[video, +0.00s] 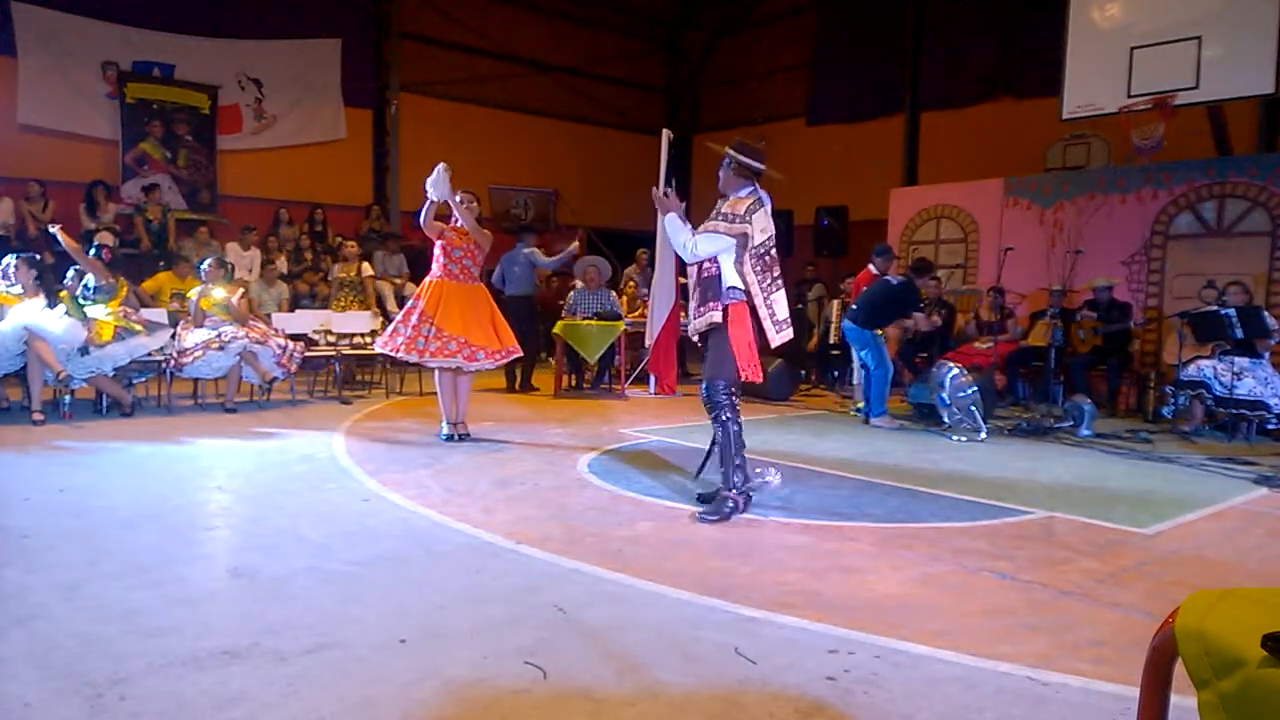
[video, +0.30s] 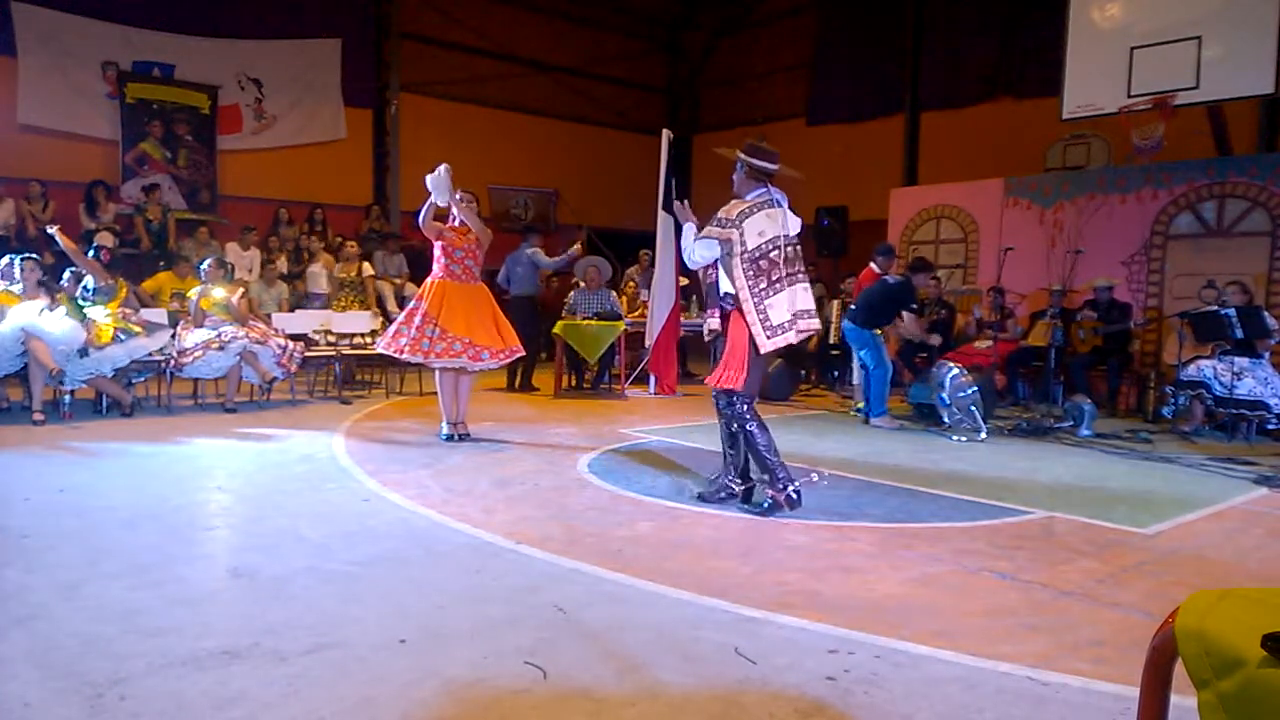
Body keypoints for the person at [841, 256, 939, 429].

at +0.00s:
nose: (929, 283)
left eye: (930, 279)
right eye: (930, 279)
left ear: (911, 271)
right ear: (924, 277)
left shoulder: (894, 280)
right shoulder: (910, 289)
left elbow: (892, 319)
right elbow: (923, 325)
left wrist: (916, 323)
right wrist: (935, 322)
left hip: (852, 323)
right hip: (864, 328)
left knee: (871, 368)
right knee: (883, 368)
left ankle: (871, 410)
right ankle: (879, 414)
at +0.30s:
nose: (928, 283)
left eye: (929, 278)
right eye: (928, 278)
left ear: (911, 271)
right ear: (920, 275)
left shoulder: (894, 281)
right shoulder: (907, 289)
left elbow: (899, 325)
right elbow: (910, 326)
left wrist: (920, 337)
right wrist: (928, 338)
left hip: (853, 323)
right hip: (863, 328)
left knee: (872, 367)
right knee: (882, 368)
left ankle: (871, 411)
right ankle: (879, 414)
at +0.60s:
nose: (930, 289)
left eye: (932, 285)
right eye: (930, 285)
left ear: (917, 278)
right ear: (921, 279)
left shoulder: (898, 284)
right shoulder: (905, 290)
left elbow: (888, 325)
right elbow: (897, 327)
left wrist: (902, 349)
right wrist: (910, 354)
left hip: (856, 323)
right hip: (861, 326)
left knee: (871, 367)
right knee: (878, 366)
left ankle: (871, 410)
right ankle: (878, 414)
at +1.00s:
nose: (927, 294)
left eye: (930, 291)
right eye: (929, 289)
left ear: (917, 280)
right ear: (920, 281)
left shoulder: (898, 286)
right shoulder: (902, 292)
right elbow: (897, 328)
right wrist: (913, 356)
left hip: (851, 323)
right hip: (858, 325)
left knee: (868, 367)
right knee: (876, 366)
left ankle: (869, 409)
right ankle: (873, 413)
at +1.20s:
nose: (926, 292)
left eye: (928, 288)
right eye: (926, 287)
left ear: (914, 279)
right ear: (916, 280)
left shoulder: (894, 283)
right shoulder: (902, 291)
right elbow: (904, 330)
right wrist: (921, 358)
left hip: (847, 323)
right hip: (856, 327)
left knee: (866, 368)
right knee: (870, 369)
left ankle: (868, 408)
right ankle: (862, 414)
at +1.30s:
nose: (923, 293)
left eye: (926, 289)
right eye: (924, 288)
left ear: (911, 279)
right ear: (915, 280)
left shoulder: (888, 281)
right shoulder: (901, 291)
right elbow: (903, 329)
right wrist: (920, 358)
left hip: (843, 322)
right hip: (856, 327)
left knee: (860, 369)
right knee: (869, 370)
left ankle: (866, 408)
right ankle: (861, 414)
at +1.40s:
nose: (921, 293)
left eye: (924, 289)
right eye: (921, 288)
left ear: (908, 279)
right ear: (912, 280)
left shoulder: (886, 281)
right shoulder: (900, 292)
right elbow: (902, 330)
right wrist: (920, 358)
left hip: (841, 319)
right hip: (854, 326)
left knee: (853, 370)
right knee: (866, 370)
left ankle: (858, 406)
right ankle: (858, 415)